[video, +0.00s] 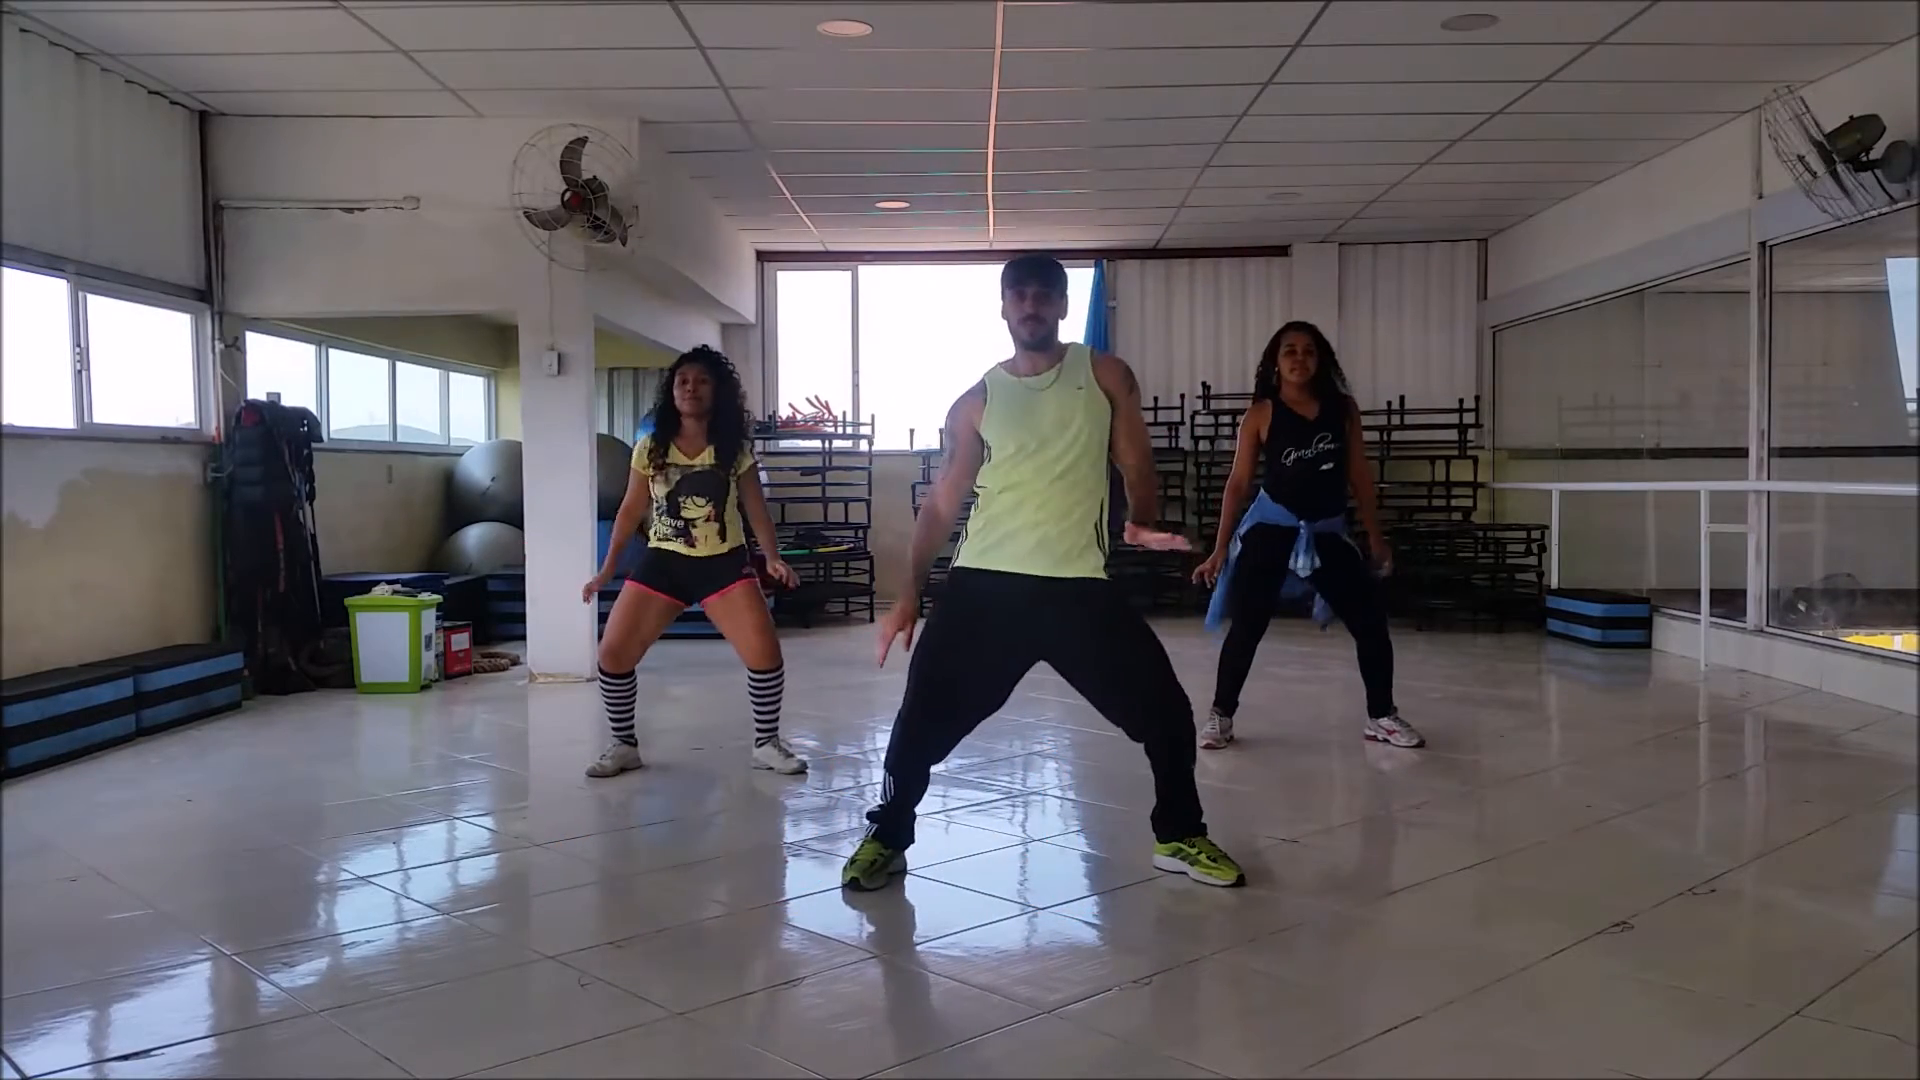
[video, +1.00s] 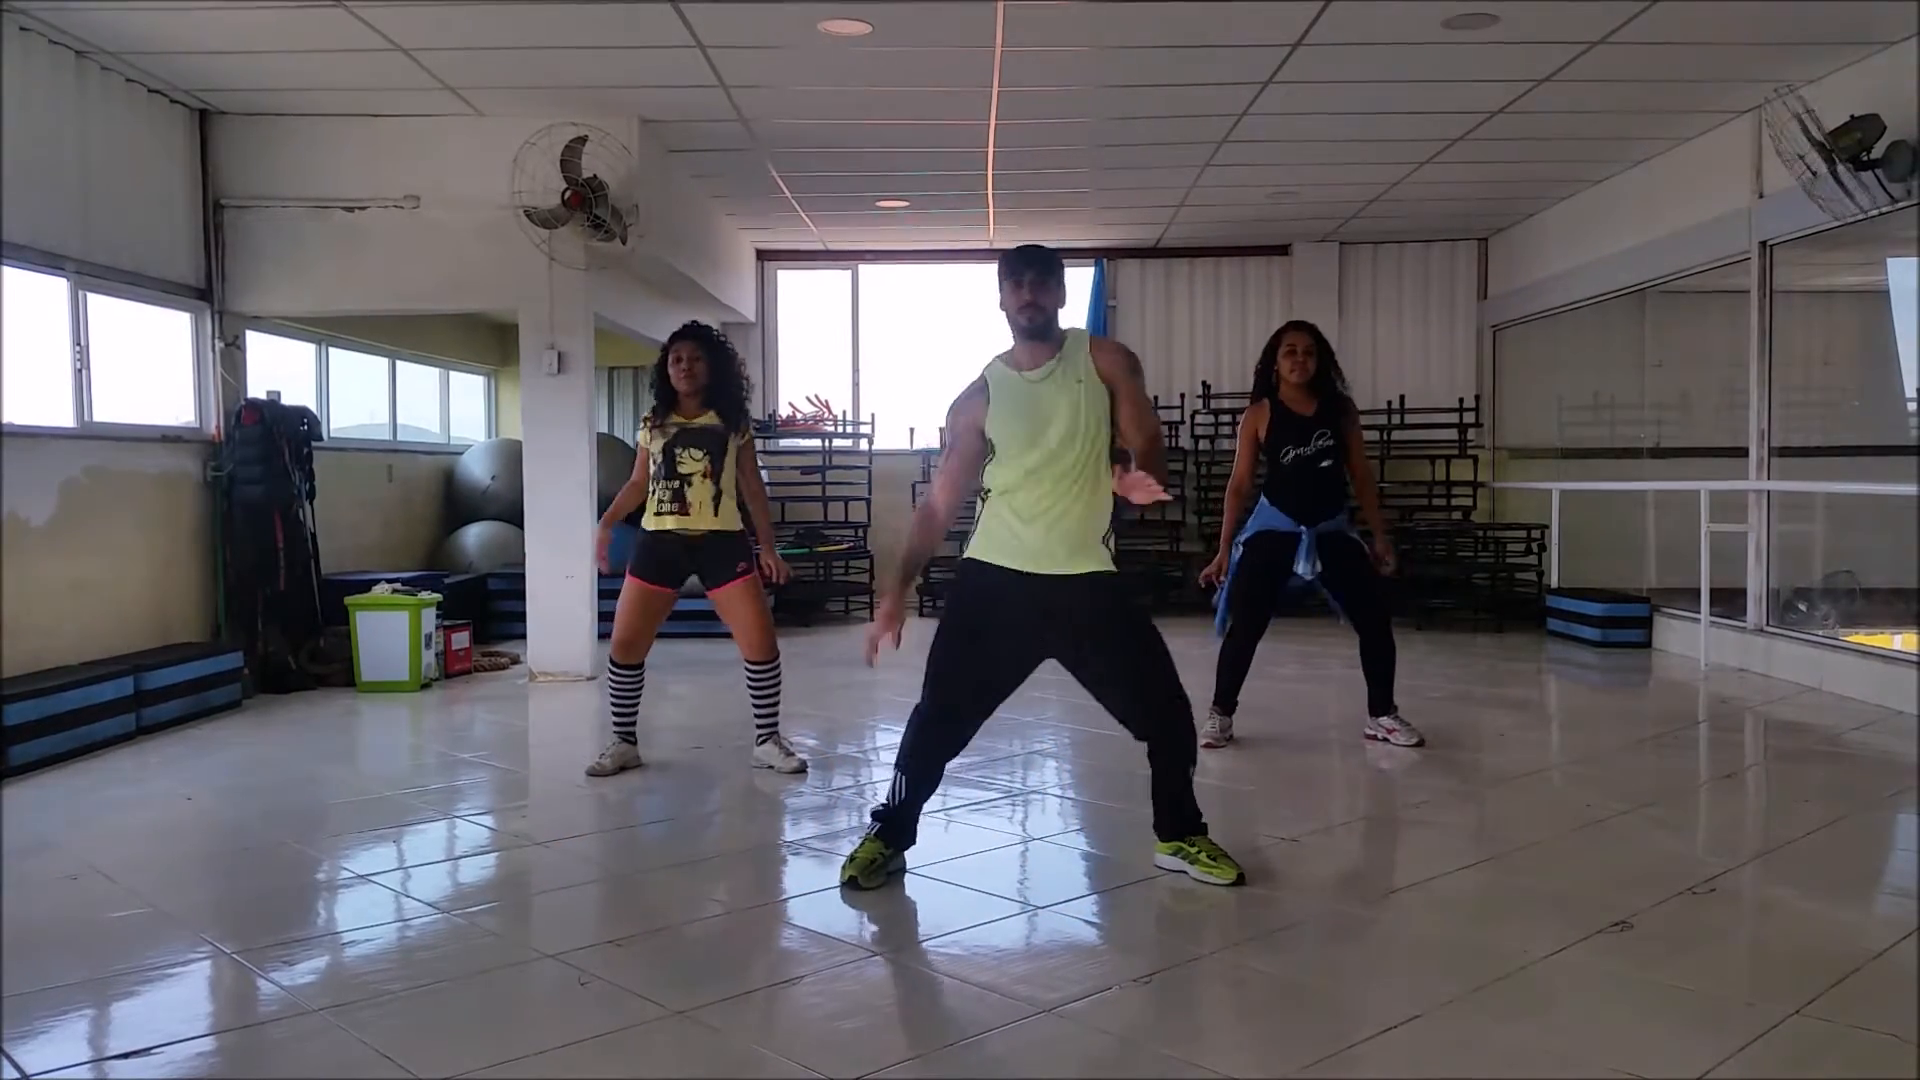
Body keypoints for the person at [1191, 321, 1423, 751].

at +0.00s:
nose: (1299, 358)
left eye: (1308, 351)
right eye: (1290, 351)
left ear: (1320, 360)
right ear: (1274, 361)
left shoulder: (1343, 410)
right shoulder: (1260, 414)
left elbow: (1360, 475)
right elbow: (1238, 483)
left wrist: (1373, 533)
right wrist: (1220, 548)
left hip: (1328, 535)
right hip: (1271, 533)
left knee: (1371, 623)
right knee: (1248, 623)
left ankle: (1382, 717)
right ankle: (1221, 716)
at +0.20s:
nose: (1301, 359)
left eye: (1309, 353)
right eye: (1291, 352)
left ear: (1321, 362)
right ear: (1276, 361)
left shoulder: (1342, 412)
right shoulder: (1258, 415)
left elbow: (1365, 480)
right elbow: (1235, 483)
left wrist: (1391, 540)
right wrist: (1219, 543)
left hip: (1331, 533)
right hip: (1272, 532)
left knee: (1373, 618)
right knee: (1249, 622)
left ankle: (1382, 717)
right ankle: (1221, 717)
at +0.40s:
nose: (1303, 363)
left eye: (1313, 356)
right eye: (1294, 355)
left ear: (1323, 365)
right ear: (1278, 363)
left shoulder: (1338, 416)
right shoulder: (1256, 413)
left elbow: (1362, 483)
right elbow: (1229, 480)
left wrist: (1388, 544)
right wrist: (1212, 537)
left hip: (1334, 531)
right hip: (1276, 533)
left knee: (1373, 614)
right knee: (1252, 624)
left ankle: (1383, 717)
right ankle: (1221, 717)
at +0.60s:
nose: (1304, 366)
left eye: (1313, 359)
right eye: (1295, 358)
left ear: (1324, 369)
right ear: (1279, 366)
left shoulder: (1337, 419)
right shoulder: (1256, 415)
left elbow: (1358, 488)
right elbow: (1228, 483)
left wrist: (1381, 553)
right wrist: (1212, 545)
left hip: (1335, 531)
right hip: (1278, 534)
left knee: (1373, 618)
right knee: (1254, 629)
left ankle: (1383, 717)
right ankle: (1222, 716)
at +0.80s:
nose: (1300, 362)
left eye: (1309, 355)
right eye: (1291, 355)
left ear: (1321, 364)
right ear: (1276, 364)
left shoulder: (1343, 415)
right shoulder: (1259, 418)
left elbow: (1359, 486)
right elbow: (1233, 488)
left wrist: (1368, 548)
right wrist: (1216, 552)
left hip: (1330, 534)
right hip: (1274, 533)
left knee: (1375, 618)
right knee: (1251, 621)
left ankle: (1383, 717)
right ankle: (1221, 716)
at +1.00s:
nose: (1299, 359)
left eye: (1308, 352)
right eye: (1290, 351)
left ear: (1320, 361)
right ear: (1274, 360)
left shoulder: (1341, 409)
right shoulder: (1258, 414)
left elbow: (1361, 475)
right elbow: (1239, 486)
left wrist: (1379, 533)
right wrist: (1224, 550)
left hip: (1331, 532)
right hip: (1273, 530)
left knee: (1374, 614)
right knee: (1248, 619)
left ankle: (1382, 717)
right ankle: (1220, 715)